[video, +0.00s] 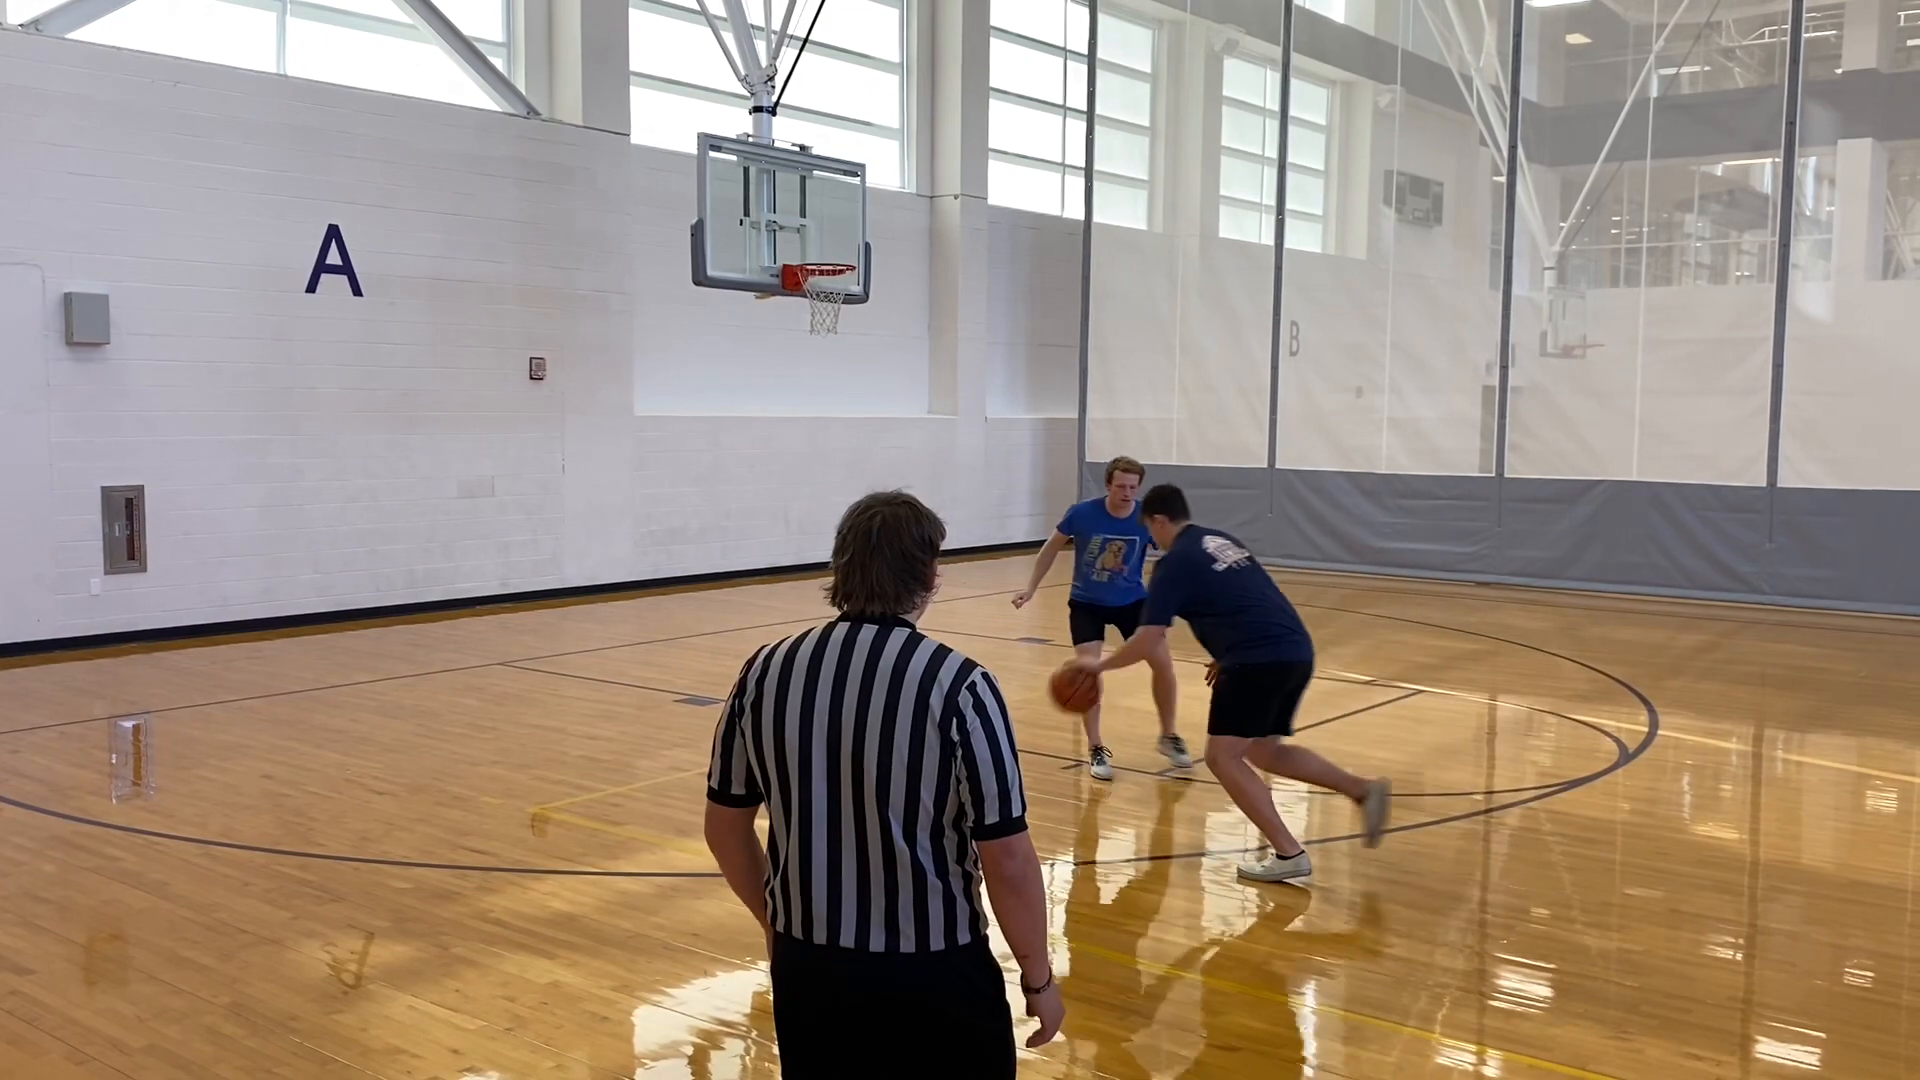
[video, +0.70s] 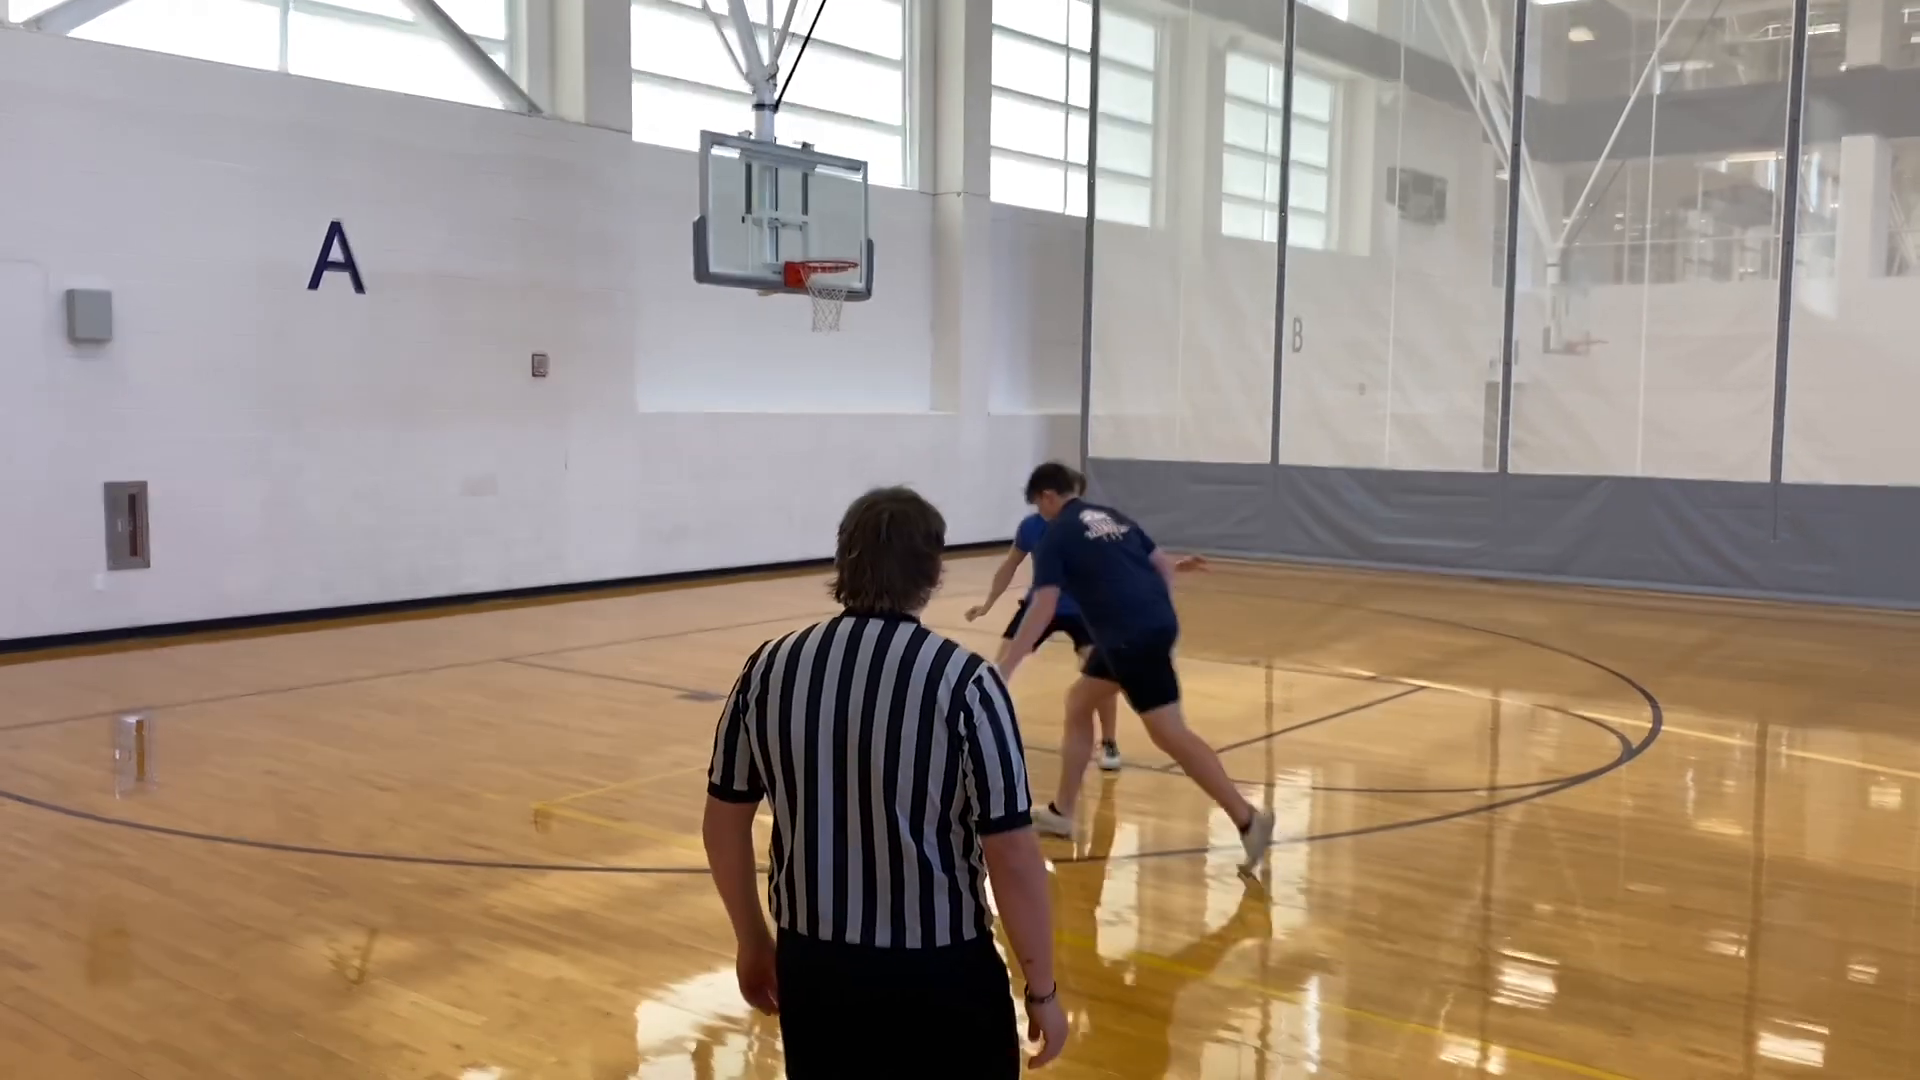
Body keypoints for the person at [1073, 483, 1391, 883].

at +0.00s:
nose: (1151, 534)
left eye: (1150, 526)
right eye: (1150, 526)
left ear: (1158, 521)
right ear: (1184, 514)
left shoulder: (1173, 564)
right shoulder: (1219, 539)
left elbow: (1148, 642)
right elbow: (1251, 599)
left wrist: (1101, 664)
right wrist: (1228, 656)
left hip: (1254, 661)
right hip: (1293, 655)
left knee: (1221, 757)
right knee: (1264, 751)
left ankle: (1290, 855)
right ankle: (1362, 790)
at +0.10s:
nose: (1133, 534)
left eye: (1132, 527)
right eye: (1131, 528)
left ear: (1142, 522)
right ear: (1165, 518)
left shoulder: (1155, 565)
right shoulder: (1201, 537)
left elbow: (1123, 640)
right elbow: (1233, 592)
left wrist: (1078, 682)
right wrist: (1220, 658)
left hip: (1238, 659)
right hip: (1273, 650)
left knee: (1218, 759)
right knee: (1240, 748)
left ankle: (1290, 854)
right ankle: (1315, 788)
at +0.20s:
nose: (1124, 534)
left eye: (1123, 526)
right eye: (1122, 527)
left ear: (1134, 521)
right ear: (1156, 515)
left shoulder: (1146, 563)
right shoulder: (1196, 536)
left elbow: (1112, 638)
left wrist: (1069, 684)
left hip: (1236, 656)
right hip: (1263, 645)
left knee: (1216, 757)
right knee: (1197, 729)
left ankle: (1289, 852)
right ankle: (1290, 790)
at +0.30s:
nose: (1106, 530)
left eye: (1105, 522)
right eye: (1104, 523)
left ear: (1115, 518)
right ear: (1139, 512)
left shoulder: (1126, 561)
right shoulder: (1177, 532)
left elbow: (1094, 632)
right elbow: (1235, 579)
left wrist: (1058, 682)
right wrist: (1208, 624)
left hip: (1220, 652)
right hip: (1241, 640)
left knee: (1214, 757)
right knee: (1164, 717)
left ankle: (1289, 851)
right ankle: (1233, 798)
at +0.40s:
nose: (1089, 526)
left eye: (1087, 519)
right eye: (1088, 519)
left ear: (1096, 514)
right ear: (1121, 505)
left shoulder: (1105, 558)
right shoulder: (1159, 528)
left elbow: (1079, 628)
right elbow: (1219, 573)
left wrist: (1045, 684)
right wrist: (1196, 619)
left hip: (1202, 648)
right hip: (1215, 636)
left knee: (1212, 757)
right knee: (1135, 701)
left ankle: (1286, 846)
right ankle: (1175, 807)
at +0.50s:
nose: (1071, 523)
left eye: (1069, 515)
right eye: (1069, 515)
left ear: (1078, 509)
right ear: (1103, 500)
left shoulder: (1085, 550)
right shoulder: (1141, 524)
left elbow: (1064, 625)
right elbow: (1197, 567)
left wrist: (1029, 684)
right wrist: (1199, 624)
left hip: (1178, 644)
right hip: (1190, 631)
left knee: (1205, 750)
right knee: (1115, 698)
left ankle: (1278, 840)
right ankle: (1120, 811)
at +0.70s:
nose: (1038, 512)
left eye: (1037, 505)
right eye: (1035, 506)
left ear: (1048, 497)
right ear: (1073, 492)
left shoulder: (1054, 535)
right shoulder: (1109, 515)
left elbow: (1044, 607)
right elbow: (1162, 563)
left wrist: (1007, 666)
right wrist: (1163, 619)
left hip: (1131, 635)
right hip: (1152, 626)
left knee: (1169, 734)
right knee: (1079, 702)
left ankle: (1248, 819)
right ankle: (1062, 812)